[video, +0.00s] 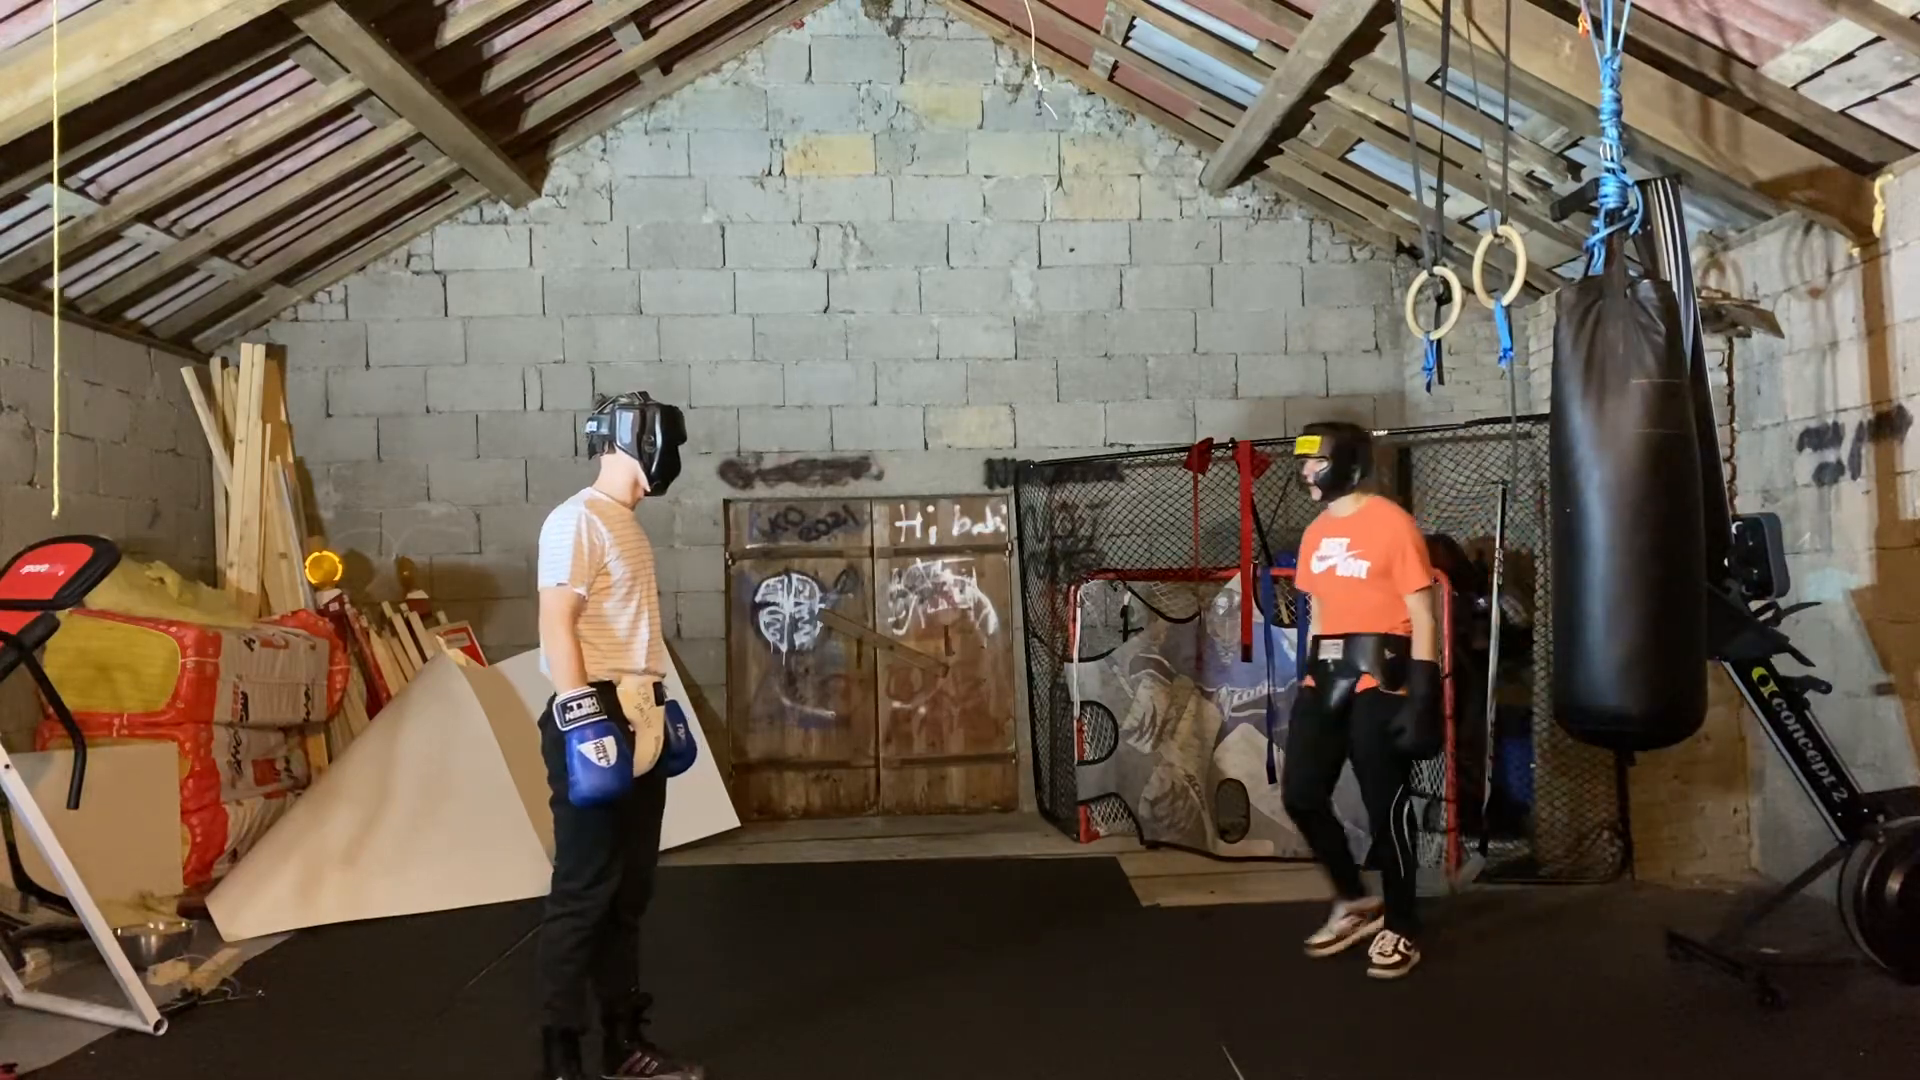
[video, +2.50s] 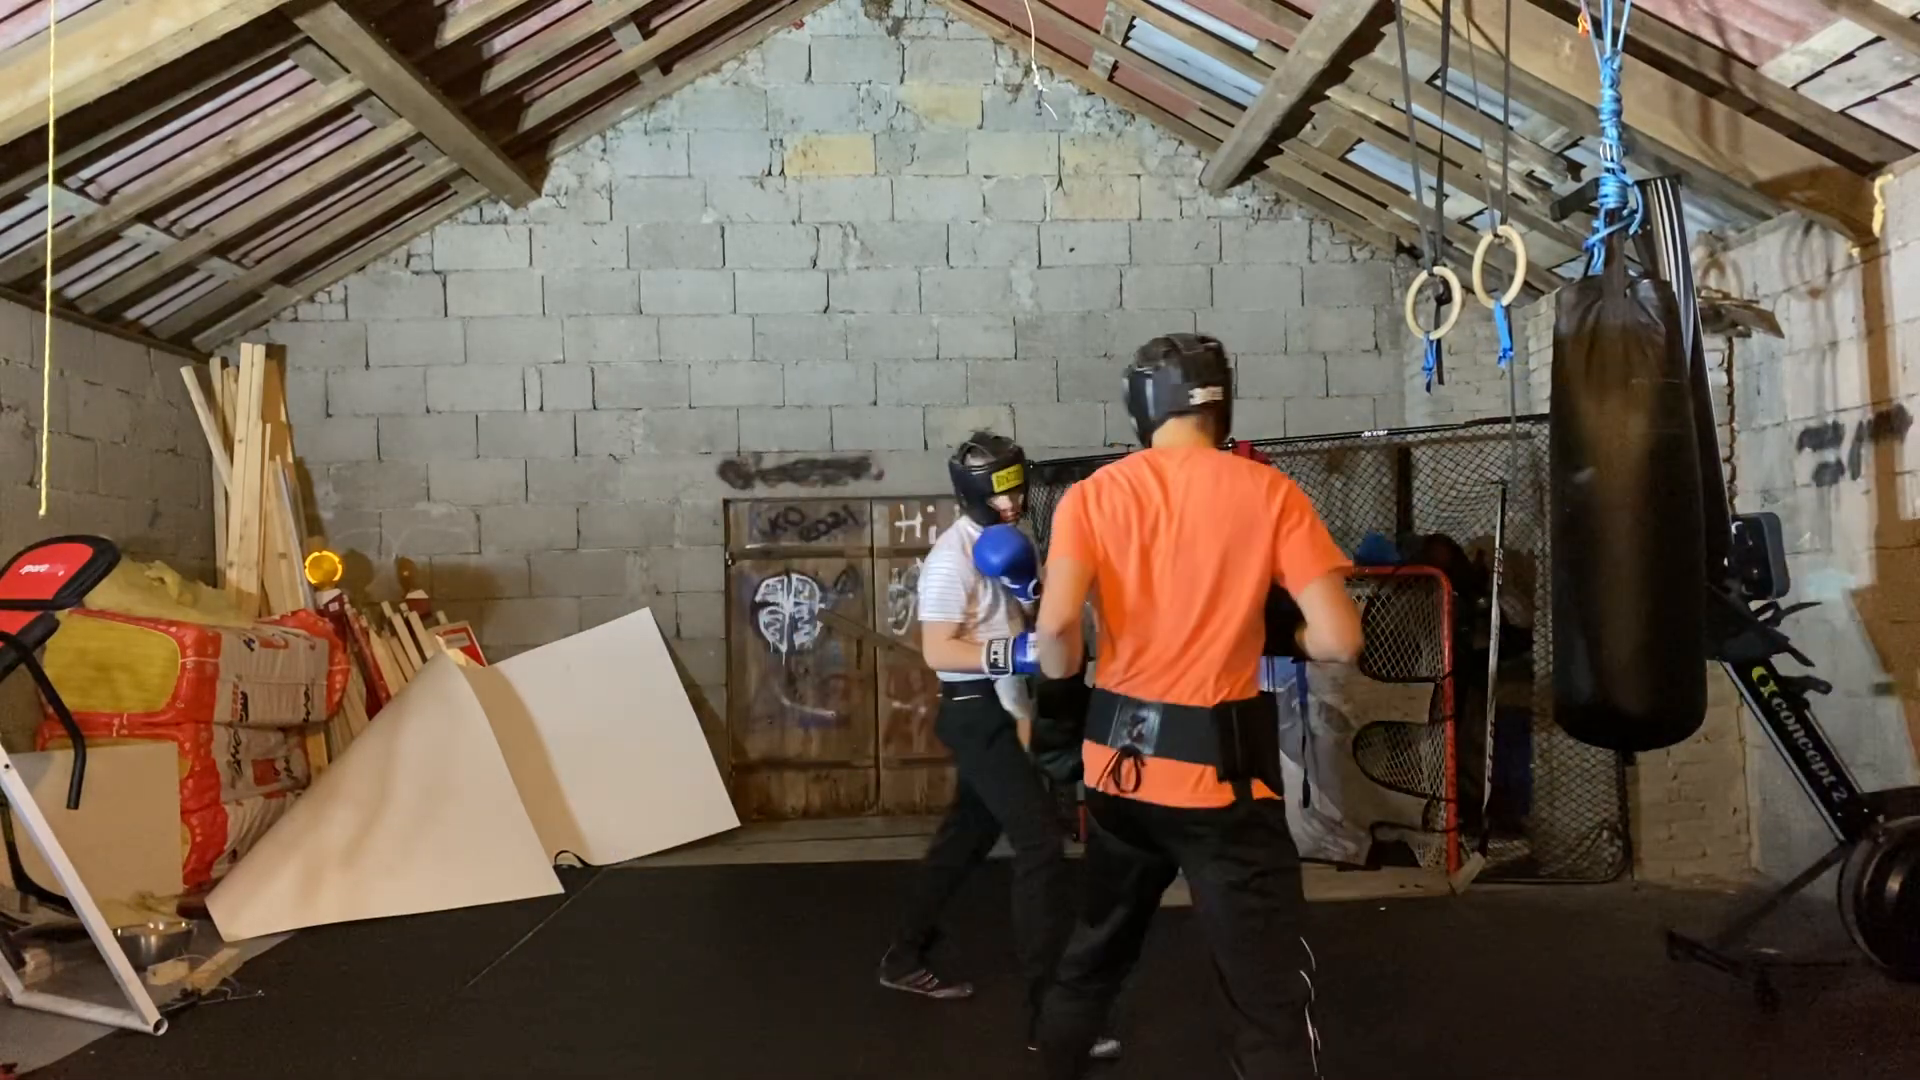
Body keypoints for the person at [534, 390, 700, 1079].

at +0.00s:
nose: (666, 468)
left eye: (668, 454)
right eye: (659, 452)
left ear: (634, 452)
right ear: (625, 446)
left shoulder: (628, 529)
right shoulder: (574, 520)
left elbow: (638, 625)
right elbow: (556, 623)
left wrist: (663, 705)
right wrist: (585, 718)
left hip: (639, 715)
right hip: (592, 718)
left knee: (628, 891)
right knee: (582, 893)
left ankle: (624, 1047)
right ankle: (562, 1060)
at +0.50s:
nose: (694, 466)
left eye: (693, 452)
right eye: (686, 452)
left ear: (643, 450)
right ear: (654, 450)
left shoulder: (637, 522)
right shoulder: (616, 520)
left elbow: (628, 622)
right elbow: (592, 617)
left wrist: (672, 702)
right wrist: (660, 698)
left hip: (635, 714)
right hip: (609, 715)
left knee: (640, 879)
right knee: (611, 883)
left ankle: (623, 1042)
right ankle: (571, 1055)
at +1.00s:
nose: (731, 480)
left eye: (732, 466)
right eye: (728, 466)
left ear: (677, 457)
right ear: (707, 459)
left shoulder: (649, 520)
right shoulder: (676, 520)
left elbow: (686, 613)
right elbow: (698, 609)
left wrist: (758, 596)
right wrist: (783, 578)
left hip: (638, 710)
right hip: (674, 714)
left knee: (647, 875)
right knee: (729, 869)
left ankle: (623, 1043)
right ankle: (761, 1027)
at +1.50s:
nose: (854, 499)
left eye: (855, 486)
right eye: (852, 486)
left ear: (801, 475)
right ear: (832, 485)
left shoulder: (774, 529)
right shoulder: (782, 543)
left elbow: (786, 612)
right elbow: (745, 633)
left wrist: (842, 594)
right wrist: (827, 644)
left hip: (761, 707)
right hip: (782, 713)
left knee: (784, 856)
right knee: (812, 860)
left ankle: (682, 978)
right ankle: (796, 1019)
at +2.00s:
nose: (936, 498)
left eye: (937, 488)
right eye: (932, 488)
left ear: (881, 485)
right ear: (915, 490)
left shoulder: (860, 534)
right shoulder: (887, 537)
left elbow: (892, 608)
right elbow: (871, 610)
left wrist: (930, 570)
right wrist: (948, 641)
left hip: (868, 704)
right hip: (879, 707)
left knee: (917, 837)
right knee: (919, 842)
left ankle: (899, 974)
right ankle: (813, 990)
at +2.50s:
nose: (1012, 502)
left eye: (1017, 487)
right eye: (999, 493)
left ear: (1024, 482)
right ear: (970, 495)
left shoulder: (1022, 540)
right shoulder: (950, 555)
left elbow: (1052, 623)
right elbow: (938, 651)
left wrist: (1029, 582)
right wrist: (1013, 653)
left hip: (1009, 705)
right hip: (973, 711)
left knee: (966, 836)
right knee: (1040, 841)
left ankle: (905, 958)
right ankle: (1052, 1014)